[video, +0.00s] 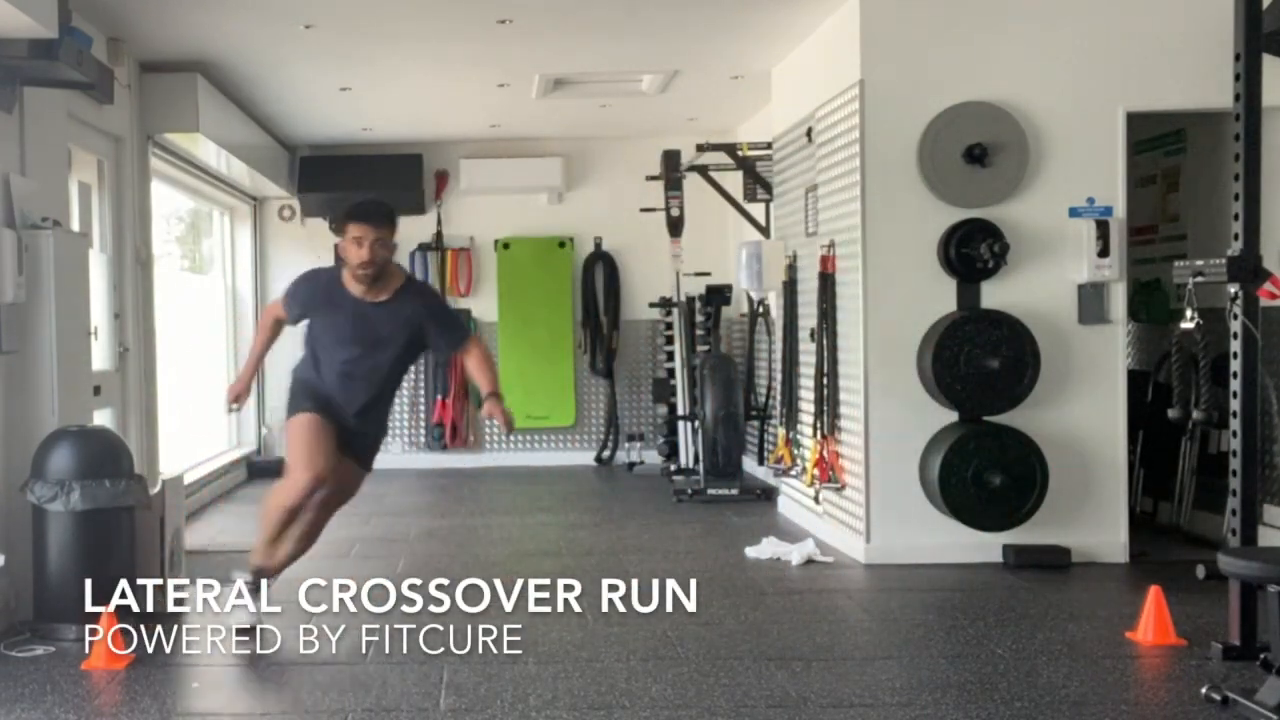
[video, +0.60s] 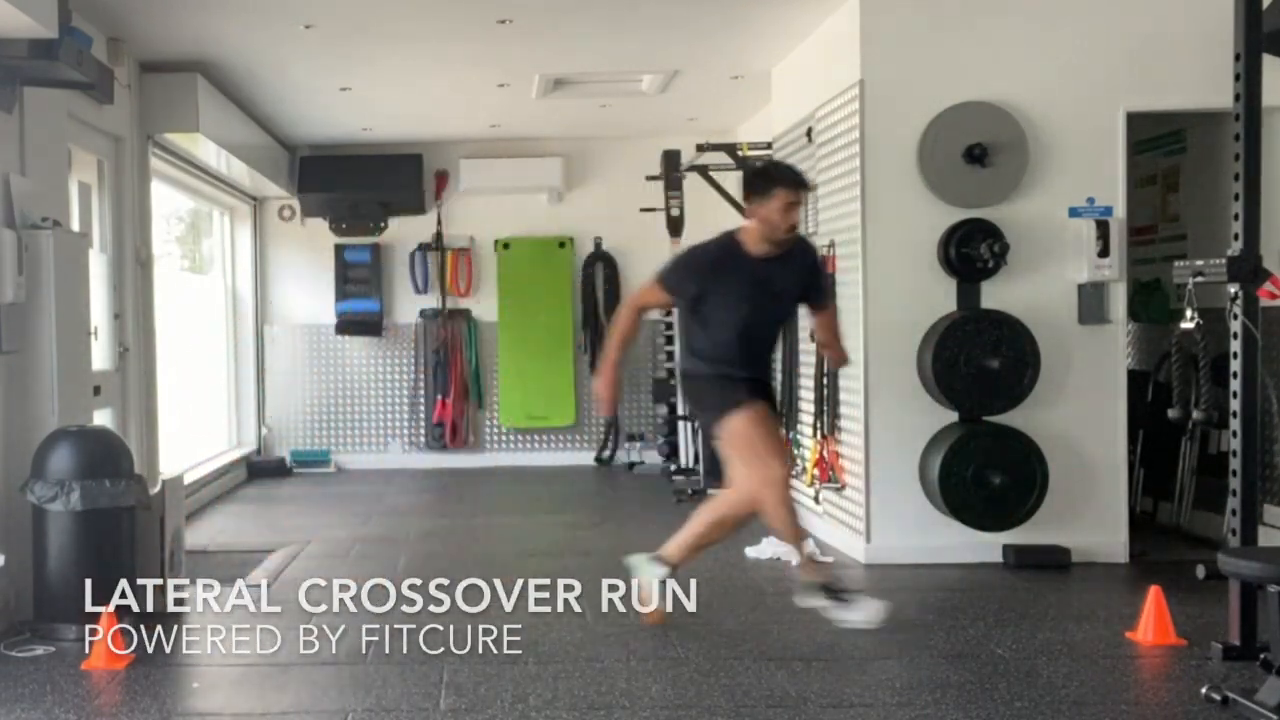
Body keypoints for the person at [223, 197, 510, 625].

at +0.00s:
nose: (368, 254)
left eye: (379, 243)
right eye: (357, 242)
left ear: (393, 246)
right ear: (340, 244)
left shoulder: (420, 302)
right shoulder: (318, 286)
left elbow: (469, 345)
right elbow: (275, 315)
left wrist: (491, 395)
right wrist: (246, 376)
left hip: (365, 424)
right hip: (314, 397)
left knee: (320, 510)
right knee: (309, 474)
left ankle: (260, 580)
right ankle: (256, 568)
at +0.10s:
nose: (410, 243)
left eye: (422, 232)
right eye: (400, 232)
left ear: (438, 236)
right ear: (383, 237)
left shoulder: (466, 292)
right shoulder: (360, 284)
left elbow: (512, 337)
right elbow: (317, 319)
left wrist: (510, 386)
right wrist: (288, 376)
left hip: (410, 419)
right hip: (362, 390)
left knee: (349, 511)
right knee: (357, 473)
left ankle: (272, 573)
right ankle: (348, 586)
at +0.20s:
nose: (475, 241)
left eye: (484, 231)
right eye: (465, 230)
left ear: (496, 234)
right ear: (447, 233)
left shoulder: (515, 288)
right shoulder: (419, 285)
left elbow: (531, 342)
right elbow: (361, 335)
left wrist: (531, 398)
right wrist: (353, 379)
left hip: (465, 415)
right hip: (410, 403)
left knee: (432, 525)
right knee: (391, 500)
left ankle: (386, 556)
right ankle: (362, 594)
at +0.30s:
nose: (560, 234)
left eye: (567, 223)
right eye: (550, 223)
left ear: (576, 228)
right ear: (530, 226)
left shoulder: (581, 283)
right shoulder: (495, 277)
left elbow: (592, 328)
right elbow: (427, 328)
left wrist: (594, 378)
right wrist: (444, 374)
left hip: (524, 396)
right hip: (465, 392)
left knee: (545, 501)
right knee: (427, 495)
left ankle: (536, 557)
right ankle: (370, 596)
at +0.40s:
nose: (644, 227)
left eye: (652, 217)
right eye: (634, 216)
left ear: (660, 222)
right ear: (613, 218)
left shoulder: (660, 277)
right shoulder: (580, 266)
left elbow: (677, 327)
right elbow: (502, 314)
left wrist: (694, 375)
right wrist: (494, 386)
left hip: (598, 388)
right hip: (541, 384)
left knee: (630, 490)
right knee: (508, 491)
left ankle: (604, 589)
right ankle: (418, 576)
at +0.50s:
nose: (726, 224)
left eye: (730, 214)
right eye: (717, 213)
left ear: (730, 215)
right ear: (686, 213)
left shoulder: (729, 268)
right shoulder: (640, 263)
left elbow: (754, 318)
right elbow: (566, 301)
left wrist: (778, 354)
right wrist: (539, 371)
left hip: (676, 386)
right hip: (625, 380)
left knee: (678, 498)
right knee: (659, 479)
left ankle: (608, 582)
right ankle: (585, 566)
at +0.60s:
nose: (794, 217)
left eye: (797, 207)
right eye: (785, 207)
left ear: (799, 207)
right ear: (753, 208)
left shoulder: (801, 259)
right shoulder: (709, 259)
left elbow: (822, 308)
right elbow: (635, 304)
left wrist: (831, 345)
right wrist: (606, 373)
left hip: (756, 382)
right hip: (711, 379)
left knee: (750, 489)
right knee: (770, 465)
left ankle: (659, 564)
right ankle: (808, 571)